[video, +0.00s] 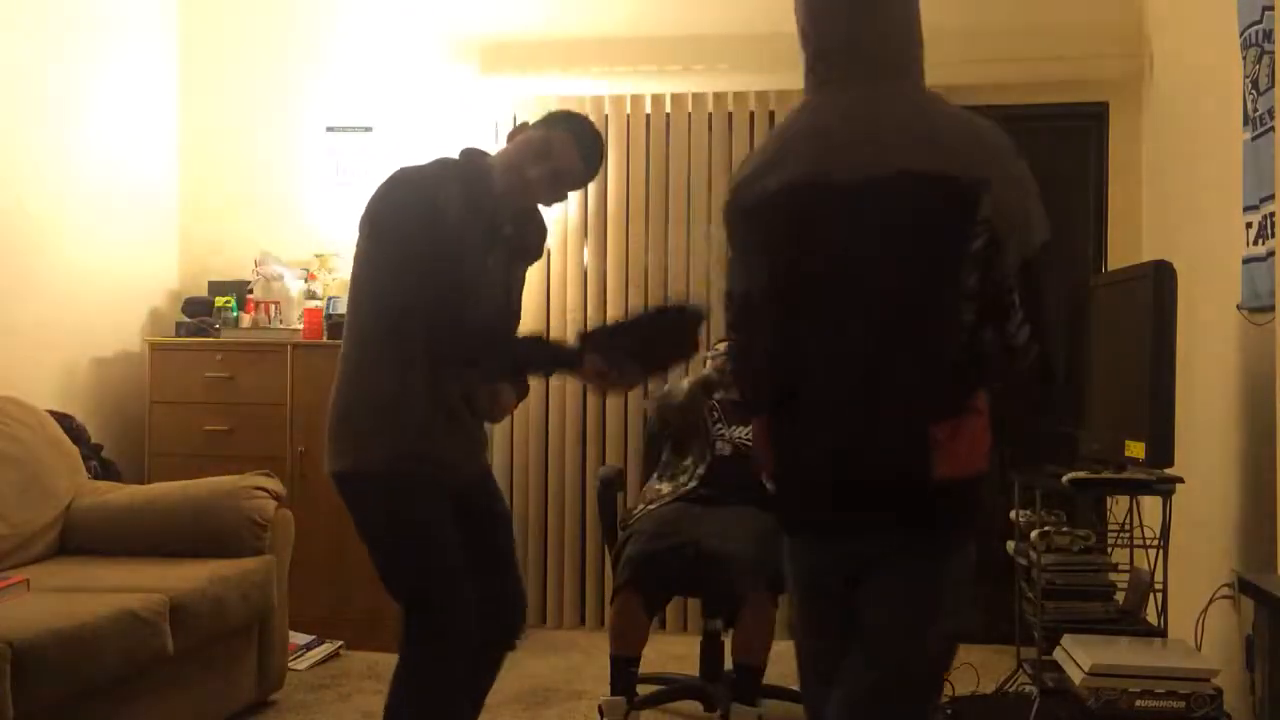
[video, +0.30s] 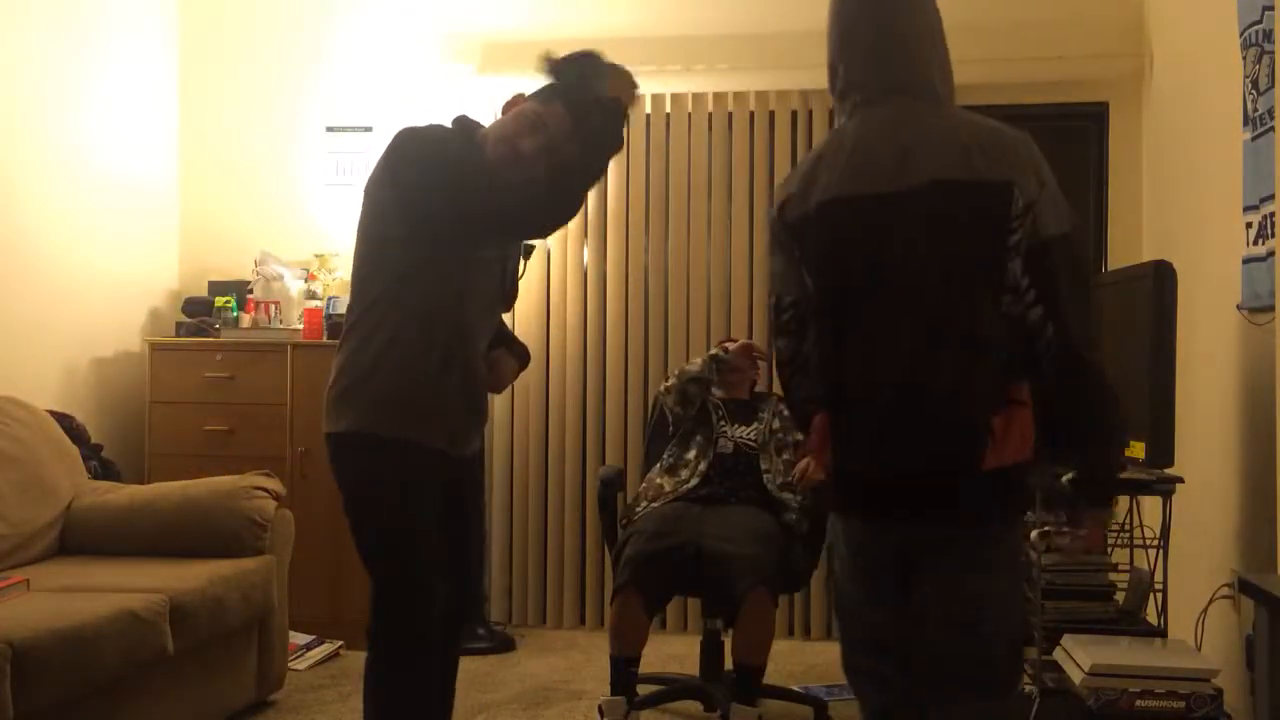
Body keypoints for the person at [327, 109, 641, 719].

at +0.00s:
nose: (545, 190)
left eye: (562, 188)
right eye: (548, 165)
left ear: (566, 194)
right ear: (522, 135)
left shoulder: (517, 238)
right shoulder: (419, 193)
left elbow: (498, 349)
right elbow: (441, 337)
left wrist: (506, 389)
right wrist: (563, 356)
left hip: (453, 448)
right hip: (382, 444)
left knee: (498, 612)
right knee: (444, 621)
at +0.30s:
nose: (531, 154)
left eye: (550, 157)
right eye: (534, 129)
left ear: (554, 170)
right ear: (513, 103)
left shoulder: (496, 204)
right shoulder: (421, 150)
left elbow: (482, 308)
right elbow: (535, 204)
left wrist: (506, 346)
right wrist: (608, 123)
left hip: (449, 431)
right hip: (386, 423)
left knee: (442, 617)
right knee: (413, 615)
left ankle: (424, 716)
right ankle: (397, 715)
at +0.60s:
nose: (533, 177)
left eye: (545, 169)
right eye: (540, 159)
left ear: (521, 129)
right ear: (519, 123)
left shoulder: (464, 179)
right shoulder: (427, 158)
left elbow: (438, 305)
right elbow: (545, 230)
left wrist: (497, 342)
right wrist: (602, 133)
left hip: (437, 432)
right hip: (387, 430)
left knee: (446, 618)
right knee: (407, 621)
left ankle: (429, 715)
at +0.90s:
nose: (537, 176)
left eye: (547, 164)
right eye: (542, 159)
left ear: (493, 122)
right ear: (509, 130)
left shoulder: (419, 171)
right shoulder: (452, 178)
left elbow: (546, 260)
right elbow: (558, 259)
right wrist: (595, 160)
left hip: (387, 427)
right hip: (408, 433)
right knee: (446, 588)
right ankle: (415, 712)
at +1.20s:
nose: (511, 164)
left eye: (518, 153)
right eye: (514, 150)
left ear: (463, 117)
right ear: (494, 130)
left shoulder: (367, 183)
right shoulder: (471, 176)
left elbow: (332, 305)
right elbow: (544, 260)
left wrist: (395, 342)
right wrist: (549, 162)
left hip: (377, 420)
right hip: (443, 422)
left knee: (418, 603)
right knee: (432, 609)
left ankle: (396, 712)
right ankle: (399, 714)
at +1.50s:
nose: (492, 164)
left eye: (493, 152)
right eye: (492, 152)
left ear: (439, 128)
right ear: (476, 141)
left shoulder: (352, 202)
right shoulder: (454, 196)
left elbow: (334, 317)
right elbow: (533, 261)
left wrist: (397, 340)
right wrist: (522, 158)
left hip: (385, 424)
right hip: (450, 425)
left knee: (417, 587)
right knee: (459, 600)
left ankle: (397, 708)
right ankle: (429, 711)